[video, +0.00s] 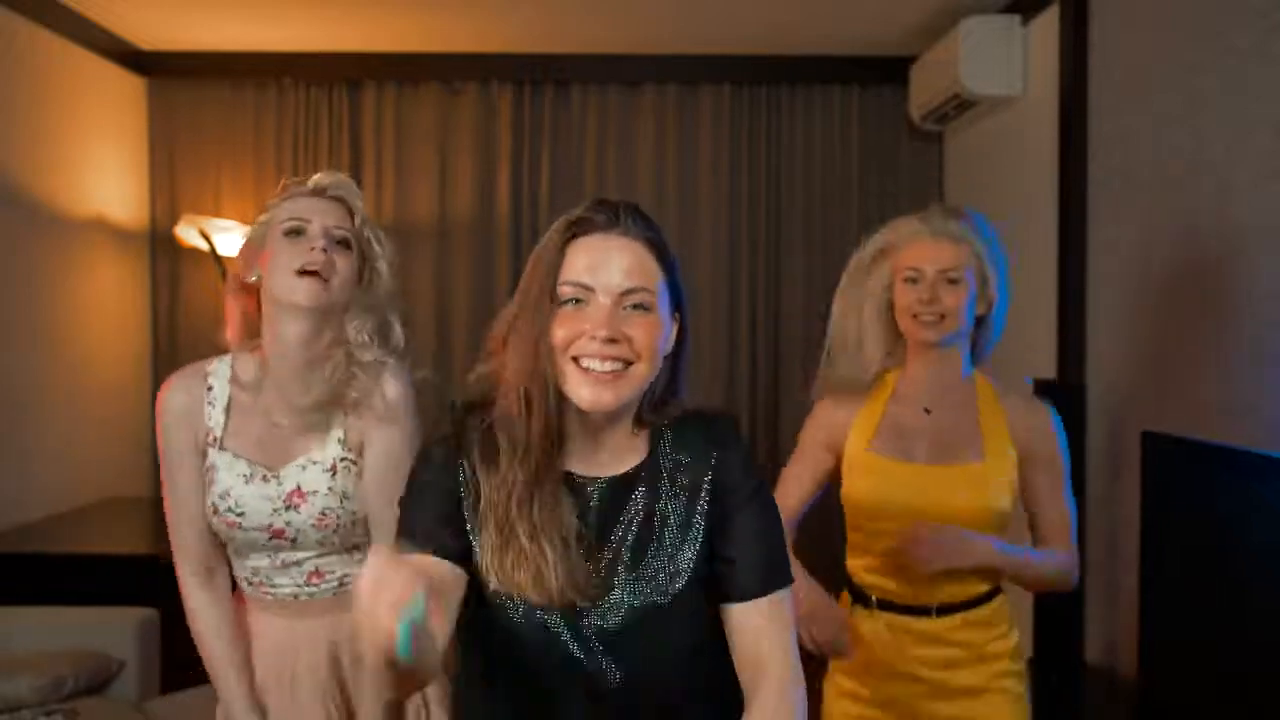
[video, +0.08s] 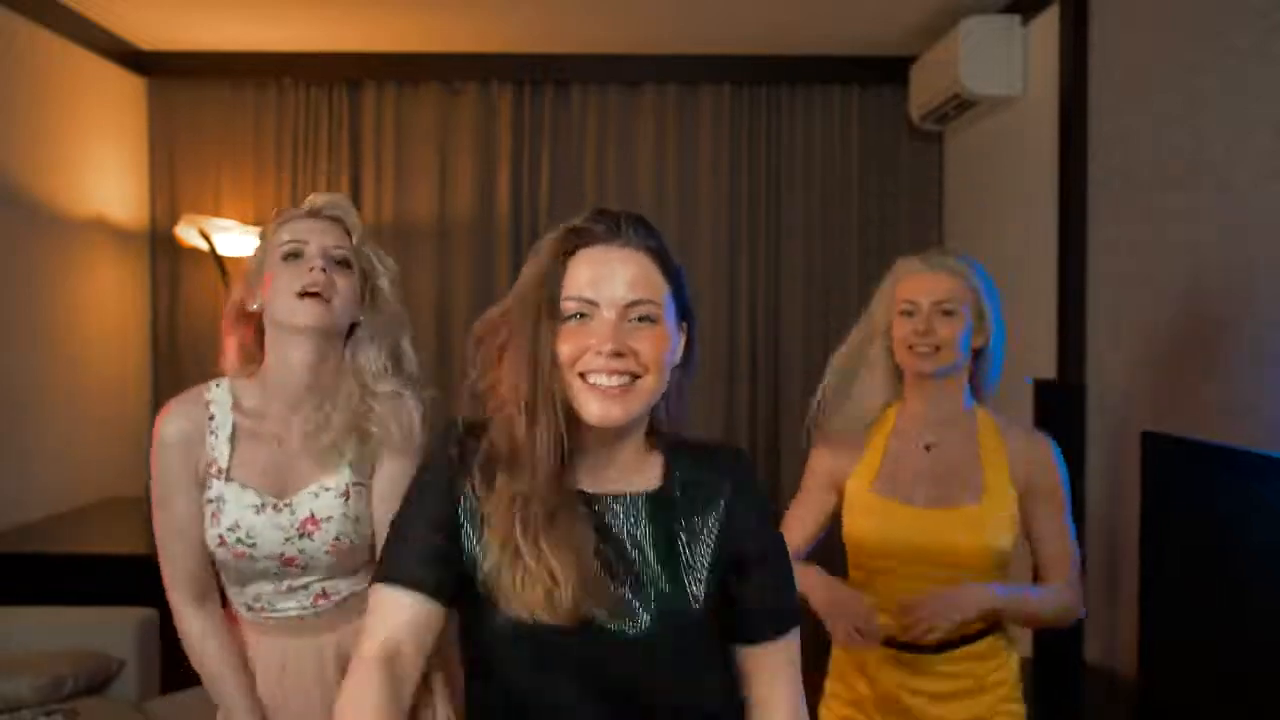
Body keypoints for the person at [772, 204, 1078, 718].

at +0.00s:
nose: (928, 297)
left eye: (951, 281)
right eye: (911, 280)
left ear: (982, 299)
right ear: (887, 295)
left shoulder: (1027, 421)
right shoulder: (841, 415)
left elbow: (1063, 566)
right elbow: (767, 532)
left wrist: (979, 551)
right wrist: (805, 595)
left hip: (980, 676)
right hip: (867, 675)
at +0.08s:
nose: (924, 328)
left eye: (947, 312)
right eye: (907, 312)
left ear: (978, 333)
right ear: (888, 329)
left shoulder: (1027, 455)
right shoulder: (843, 450)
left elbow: (1066, 598)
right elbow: (773, 559)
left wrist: (979, 598)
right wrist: (822, 589)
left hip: (978, 695)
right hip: (864, 695)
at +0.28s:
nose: (913, 256)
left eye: (934, 242)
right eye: (896, 237)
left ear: (955, 261)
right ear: (863, 249)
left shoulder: (992, 376)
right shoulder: (811, 369)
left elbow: (1016, 513)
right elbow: (761, 505)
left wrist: (945, 536)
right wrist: (809, 459)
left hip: (949, 629)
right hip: (841, 629)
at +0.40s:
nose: (929, 262)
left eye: (930, 248)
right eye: (909, 246)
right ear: (850, 256)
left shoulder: (951, 377)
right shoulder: (786, 383)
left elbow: (984, 504)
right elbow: (749, 509)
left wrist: (950, 536)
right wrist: (802, 426)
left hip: (930, 638)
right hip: (819, 640)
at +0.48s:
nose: (910, 298)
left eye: (906, 286)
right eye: (892, 284)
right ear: (838, 302)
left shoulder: (924, 409)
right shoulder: (784, 438)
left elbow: (952, 525)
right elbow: (769, 608)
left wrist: (954, 568)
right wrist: (784, 478)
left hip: (912, 674)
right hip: (805, 685)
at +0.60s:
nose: (905, 313)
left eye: (892, 302)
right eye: (883, 308)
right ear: (835, 333)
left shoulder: (915, 419)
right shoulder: (784, 440)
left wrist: (946, 560)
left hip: (902, 681)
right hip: (798, 686)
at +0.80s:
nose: (922, 273)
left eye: (924, 251)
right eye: (892, 267)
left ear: (936, 248)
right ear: (847, 285)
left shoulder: (962, 373)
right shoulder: (812, 369)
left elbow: (952, 501)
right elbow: (767, 507)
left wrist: (1041, 483)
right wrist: (799, 533)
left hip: (939, 625)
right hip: (839, 629)